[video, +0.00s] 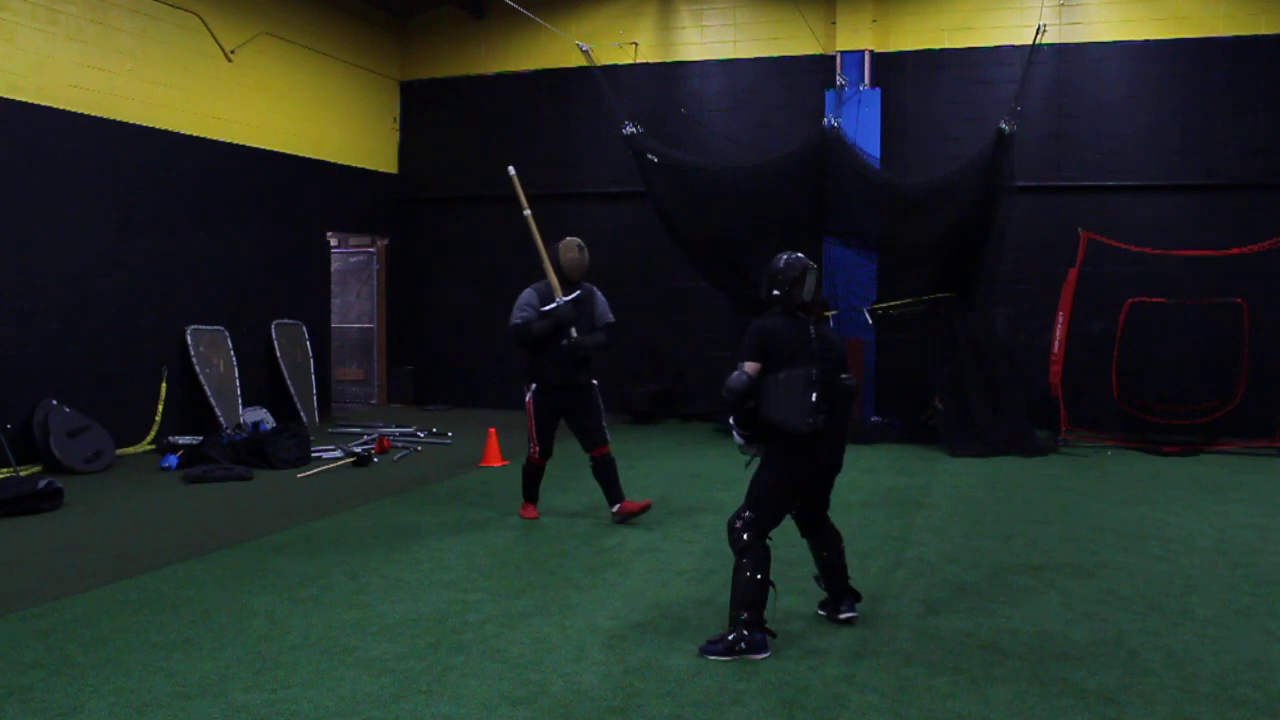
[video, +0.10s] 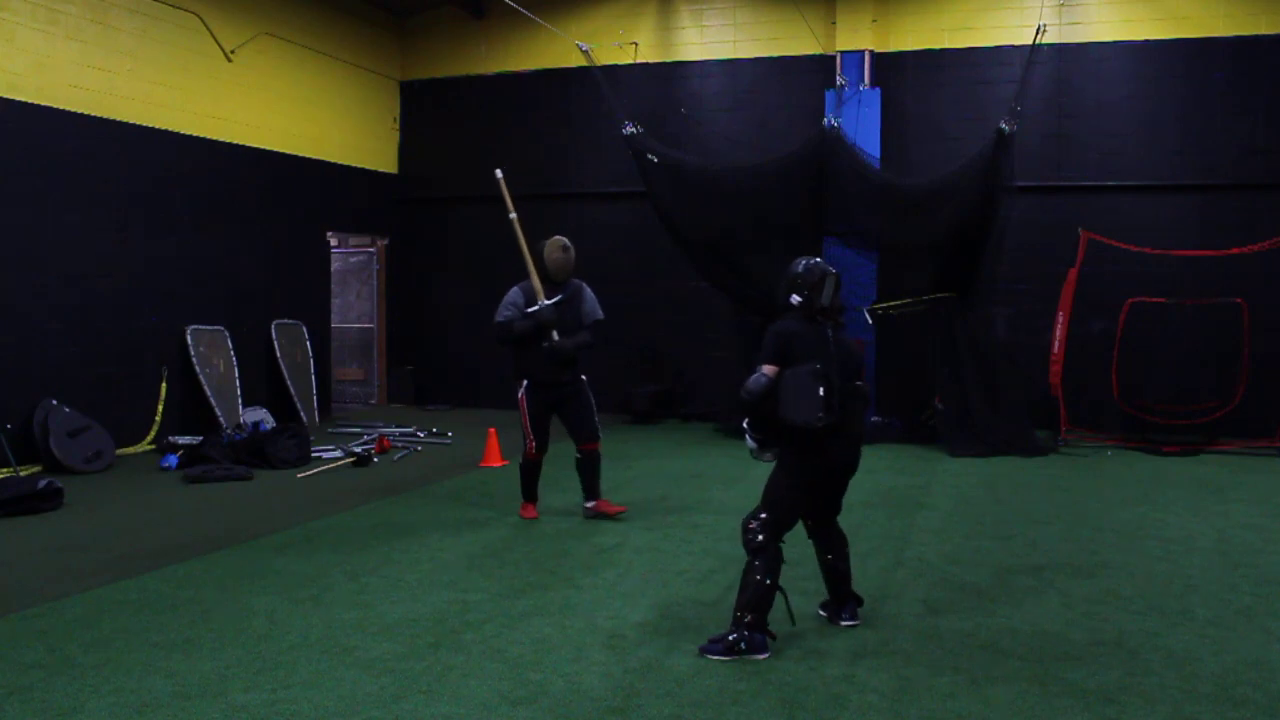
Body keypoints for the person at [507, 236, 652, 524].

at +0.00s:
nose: (576, 258)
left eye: (580, 252)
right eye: (570, 252)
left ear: (587, 259)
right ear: (557, 259)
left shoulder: (592, 296)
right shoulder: (534, 295)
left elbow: (607, 334)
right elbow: (519, 332)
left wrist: (581, 343)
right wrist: (556, 318)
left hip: (581, 384)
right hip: (544, 385)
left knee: (599, 446)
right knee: (539, 451)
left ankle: (617, 504)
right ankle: (529, 502)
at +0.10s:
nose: (563, 265)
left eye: (567, 260)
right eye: (557, 259)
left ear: (572, 262)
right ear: (544, 260)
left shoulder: (580, 292)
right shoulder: (522, 293)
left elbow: (595, 331)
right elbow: (502, 330)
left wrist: (567, 344)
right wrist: (538, 321)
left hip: (572, 379)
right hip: (535, 381)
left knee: (589, 439)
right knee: (535, 445)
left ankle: (592, 501)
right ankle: (529, 502)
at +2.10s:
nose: (514, 267)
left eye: (519, 262)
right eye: (508, 260)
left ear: (522, 265)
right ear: (493, 258)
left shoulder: (525, 296)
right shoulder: (465, 286)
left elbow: (540, 335)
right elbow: (429, 312)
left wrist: (508, 345)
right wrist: (469, 316)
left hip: (505, 387)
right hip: (467, 384)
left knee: (507, 454)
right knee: (456, 456)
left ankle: (505, 513)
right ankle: (444, 525)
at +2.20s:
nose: (515, 260)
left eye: (519, 254)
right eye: (509, 252)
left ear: (521, 262)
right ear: (491, 256)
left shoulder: (520, 298)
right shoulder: (461, 289)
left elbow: (536, 337)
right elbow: (425, 317)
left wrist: (506, 351)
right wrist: (469, 320)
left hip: (501, 390)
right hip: (463, 389)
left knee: (508, 454)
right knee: (456, 460)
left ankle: (504, 510)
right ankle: (445, 533)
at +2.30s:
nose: (515, 261)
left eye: (518, 254)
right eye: (508, 253)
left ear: (518, 261)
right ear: (489, 255)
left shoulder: (515, 297)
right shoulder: (457, 287)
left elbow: (530, 337)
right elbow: (423, 316)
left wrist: (505, 351)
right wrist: (469, 319)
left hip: (494, 389)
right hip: (456, 388)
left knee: (517, 453)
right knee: (454, 461)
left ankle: (505, 504)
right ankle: (446, 535)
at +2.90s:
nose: (556, 283)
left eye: (558, 275)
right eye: (551, 274)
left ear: (548, 276)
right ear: (532, 271)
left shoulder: (541, 315)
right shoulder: (490, 300)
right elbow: (473, 340)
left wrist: (542, 372)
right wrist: (531, 343)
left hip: (507, 407)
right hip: (468, 404)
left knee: (535, 472)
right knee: (455, 476)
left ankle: (524, 550)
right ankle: (417, 545)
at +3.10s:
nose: (556, 299)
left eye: (559, 292)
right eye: (552, 290)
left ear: (533, 287)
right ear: (534, 285)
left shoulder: (538, 327)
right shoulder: (494, 312)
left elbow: (544, 384)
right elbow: (470, 347)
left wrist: (537, 393)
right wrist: (526, 359)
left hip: (500, 416)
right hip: (462, 416)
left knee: (539, 475)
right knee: (442, 497)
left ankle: (523, 551)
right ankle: (397, 575)